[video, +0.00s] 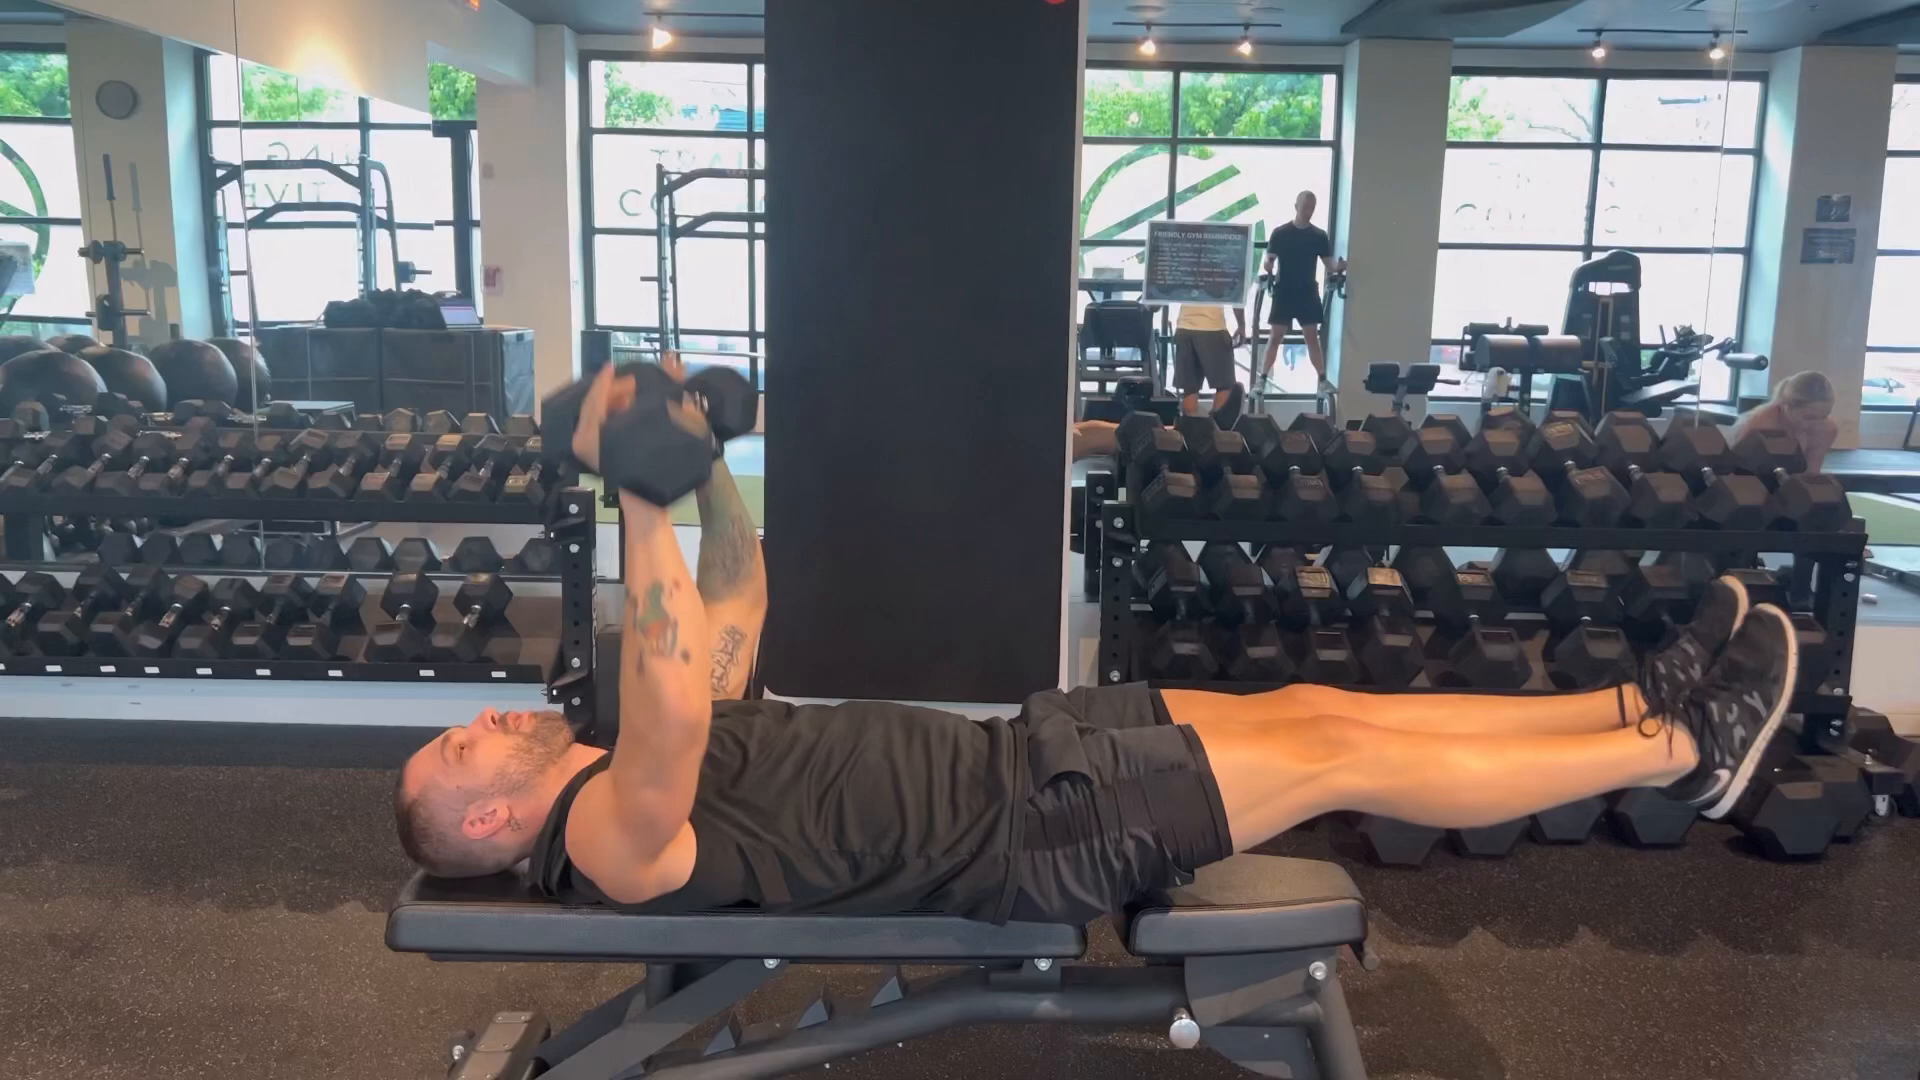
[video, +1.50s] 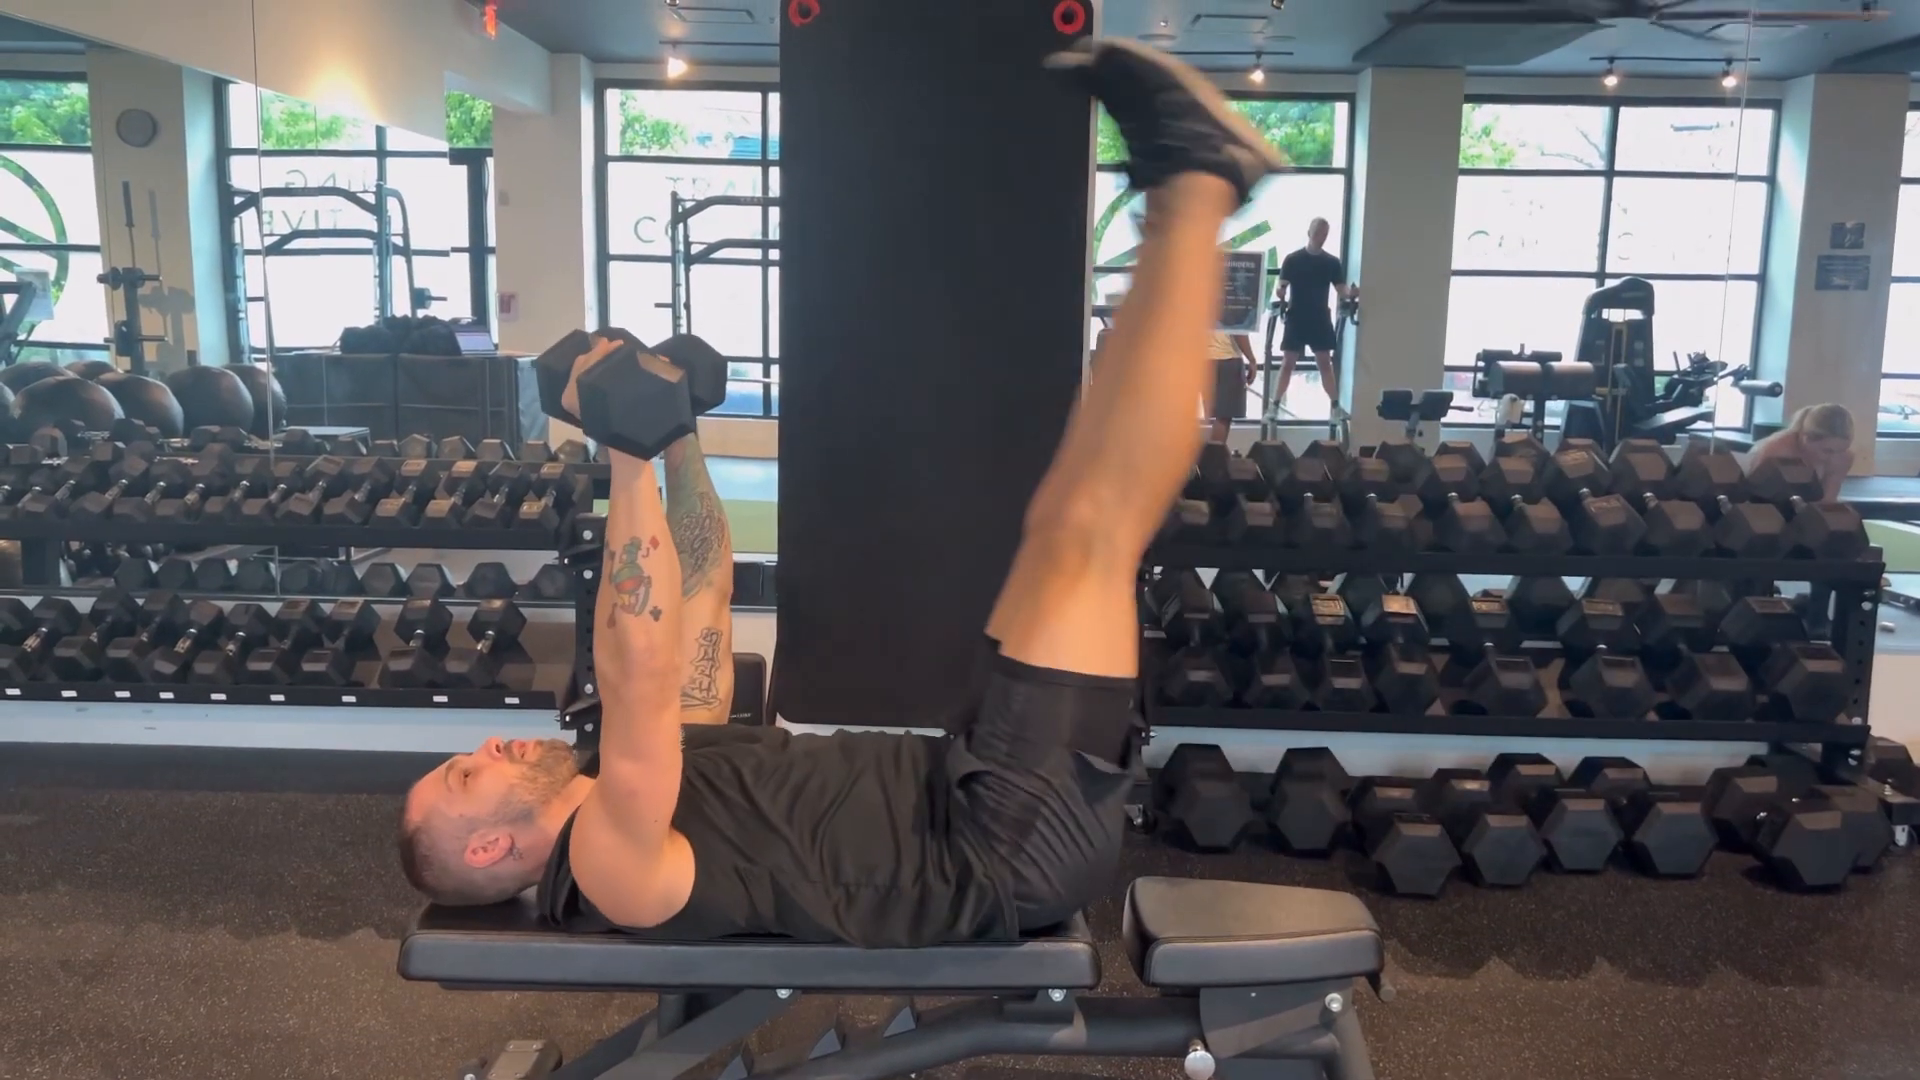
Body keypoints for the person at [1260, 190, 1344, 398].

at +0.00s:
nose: (1308, 211)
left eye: (1311, 207)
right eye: (1304, 206)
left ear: (1314, 208)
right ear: (1296, 206)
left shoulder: (1319, 236)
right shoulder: (1280, 233)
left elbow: (1330, 265)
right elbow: (1268, 262)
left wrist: (1341, 266)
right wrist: (1270, 273)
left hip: (1308, 291)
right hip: (1284, 290)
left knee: (1312, 337)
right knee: (1276, 336)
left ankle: (1322, 380)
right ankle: (1262, 378)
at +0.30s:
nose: (1311, 214)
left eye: (1314, 211)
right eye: (1308, 210)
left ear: (1316, 212)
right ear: (1299, 209)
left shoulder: (1322, 240)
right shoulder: (1283, 236)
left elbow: (1332, 268)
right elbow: (1271, 265)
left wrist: (1342, 269)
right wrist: (1271, 275)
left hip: (1310, 293)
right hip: (1287, 292)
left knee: (1315, 341)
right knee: (1278, 340)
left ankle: (1325, 383)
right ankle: (1264, 382)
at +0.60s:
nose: (1313, 217)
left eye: (1317, 213)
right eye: (1310, 212)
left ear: (1320, 216)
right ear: (1303, 212)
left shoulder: (1326, 243)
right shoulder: (1286, 240)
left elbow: (1335, 272)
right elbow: (1274, 268)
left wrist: (1347, 272)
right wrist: (1274, 280)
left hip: (1313, 297)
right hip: (1289, 296)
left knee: (1317, 343)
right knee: (1282, 342)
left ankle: (1328, 387)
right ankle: (1268, 385)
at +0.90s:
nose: (1317, 223)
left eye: (1320, 219)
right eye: (1313, 218)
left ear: (1323, 221)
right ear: (1305, 218)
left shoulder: (1329, 249)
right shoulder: (1289, 246)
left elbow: (1338, 277)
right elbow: (1278, 273)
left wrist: (1350, 278)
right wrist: (1278, 284)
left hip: (1317, 303)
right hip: (1293, 302)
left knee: (1320, 349)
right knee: (1285, 348)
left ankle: (1331, 393)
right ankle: (1271, 390)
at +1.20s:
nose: (1319, 231)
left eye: (1322, 227)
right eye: (1316, 226)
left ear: (1325, 229)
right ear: (1308, 226)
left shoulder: (1331, 256)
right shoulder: (1291, 253)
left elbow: (1340, 284)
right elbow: (1279, 281)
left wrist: (1352, 285)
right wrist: (1281, 295)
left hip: (1319, 311)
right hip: (1295, 310)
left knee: (1323, 356)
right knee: (1287, 356)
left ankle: (1334, 400)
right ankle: (1273, 398)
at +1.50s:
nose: (1320, 238)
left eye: (1323, 234)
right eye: (1317, 233)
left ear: (1326, 235)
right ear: (1309, 233)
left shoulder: (1332, 263)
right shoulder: (1292, 259)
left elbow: (1341, 290)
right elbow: (1281, 288)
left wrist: (1351, 293)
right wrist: (1282, 300)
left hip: (1320, 318)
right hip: (1296, 317)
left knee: (1325, 363)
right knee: (1288, 363)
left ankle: (1335, 405)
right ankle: (1275, 404)